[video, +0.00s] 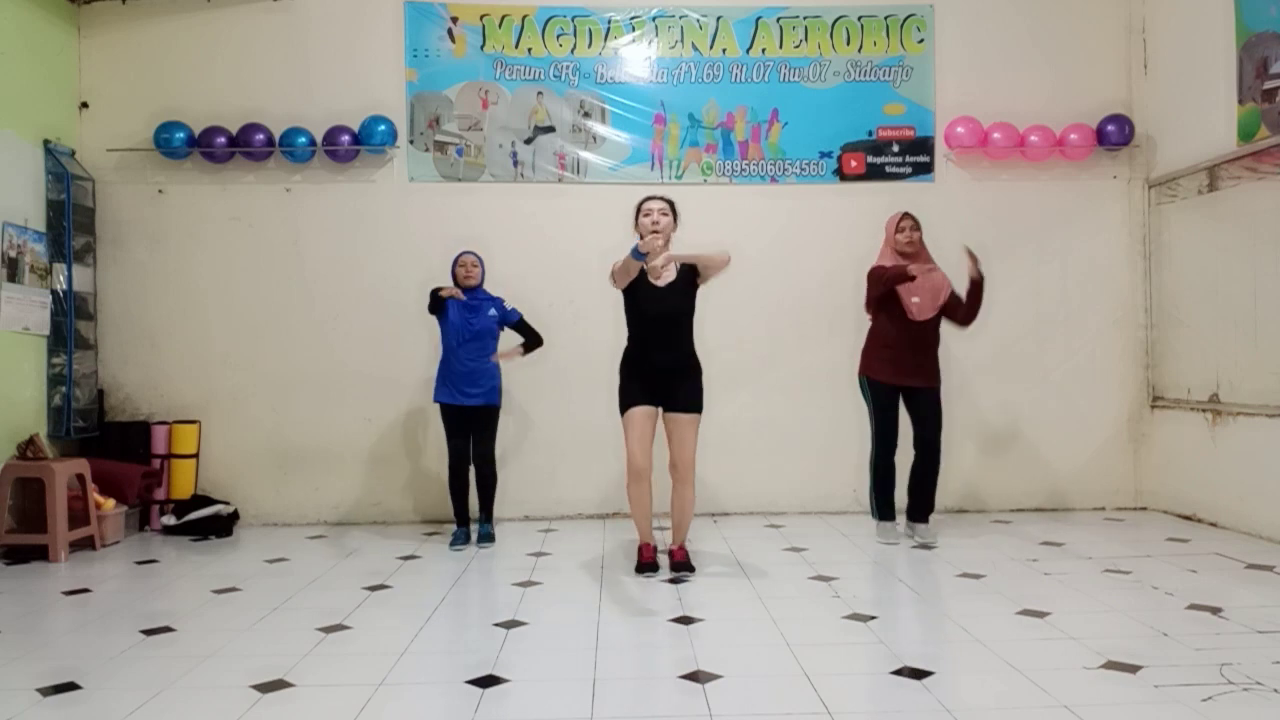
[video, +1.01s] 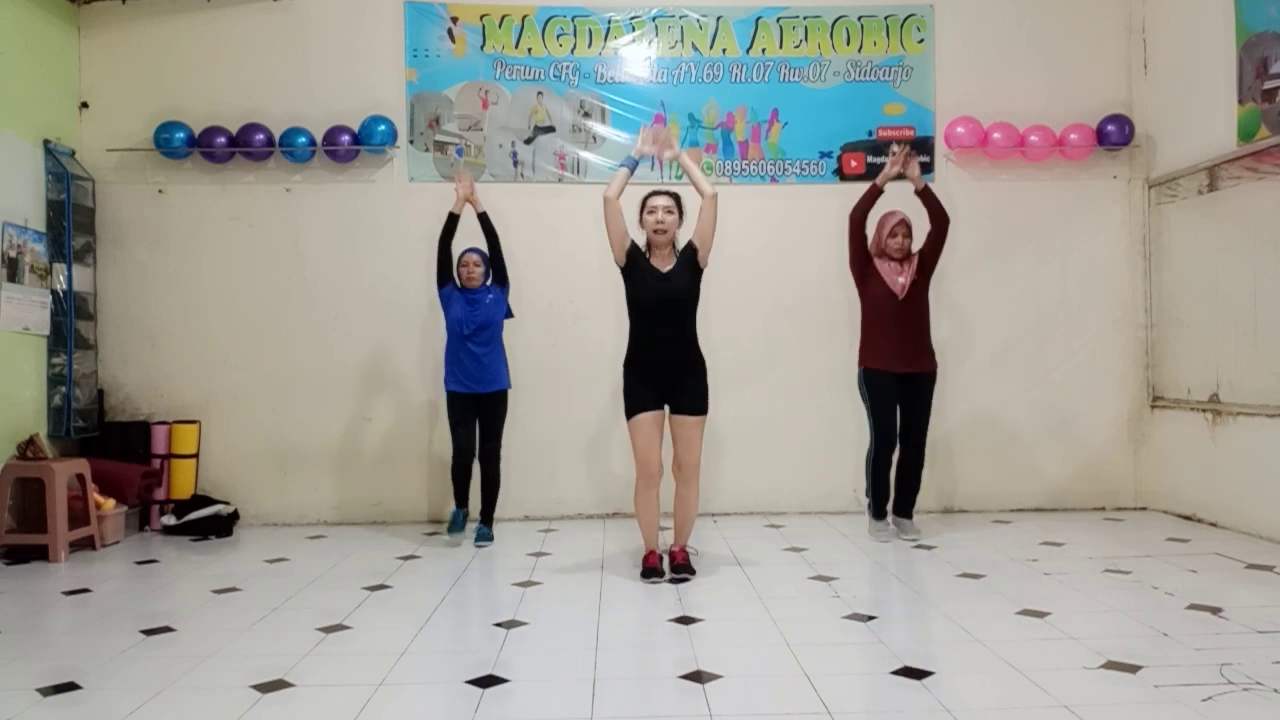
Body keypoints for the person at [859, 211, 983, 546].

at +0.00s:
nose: (910, 234)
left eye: (914, 229)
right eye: (902, 230)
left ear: (922, 236)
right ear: (891, 239)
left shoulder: (934, 278)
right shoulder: (880, 274)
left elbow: (963, 316)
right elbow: (871, 306)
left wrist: (976, 281)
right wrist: (896, 277)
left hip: (922, 373)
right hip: (880, 371)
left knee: (929, 445)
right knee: (885, 443)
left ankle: (918, 520)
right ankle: (885, 519)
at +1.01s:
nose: (902, 237)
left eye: (906, 232)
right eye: (894, 232)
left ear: (912, 239)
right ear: (879, 238)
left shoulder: (921, 267)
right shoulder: (866, 269)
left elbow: (941, 223)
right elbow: (856, 219)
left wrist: (917, 181)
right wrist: (883, 178)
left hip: (919, 368)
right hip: (878, 368)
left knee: (914, 445)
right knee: (884, 442)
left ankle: (904, 515)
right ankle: (878, 514)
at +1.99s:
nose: (895, 213)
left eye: (900, 209)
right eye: (887, 210)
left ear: (907, 218)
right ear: (876, 221)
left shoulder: (923, 254)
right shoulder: (864, 258)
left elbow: (936, 304)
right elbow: (860, 312)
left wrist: (936, 345)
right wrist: (883, 352)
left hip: (914, 353)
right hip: (871, 353)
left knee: (919, 431)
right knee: (869, 429)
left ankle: (908, 505)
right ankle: (866, 508)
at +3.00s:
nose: (892, 225)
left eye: (897, 220)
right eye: (885, 221)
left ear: (906, 228)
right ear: (873, 231)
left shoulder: (914, 262)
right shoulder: (859, 265)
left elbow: (945, 275)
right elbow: (869, 265)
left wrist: (932, 256)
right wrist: (906, 253)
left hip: (911, 357)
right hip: (871, 356)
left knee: (910, 436)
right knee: (872, 428)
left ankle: (905, 512)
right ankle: (871, 502)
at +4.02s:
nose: (885, 230)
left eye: (890, 224)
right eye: (878, 224)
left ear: (896, 229)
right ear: (866, 229)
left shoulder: (906, 254)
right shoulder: (851, 255)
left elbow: (930, 212)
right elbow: (831, 211)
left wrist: (892, 203)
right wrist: (855, 196)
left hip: (899, 354)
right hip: (859, 354)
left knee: (902, 432)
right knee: (859, 432)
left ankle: (896, 505)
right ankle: (855, 508)